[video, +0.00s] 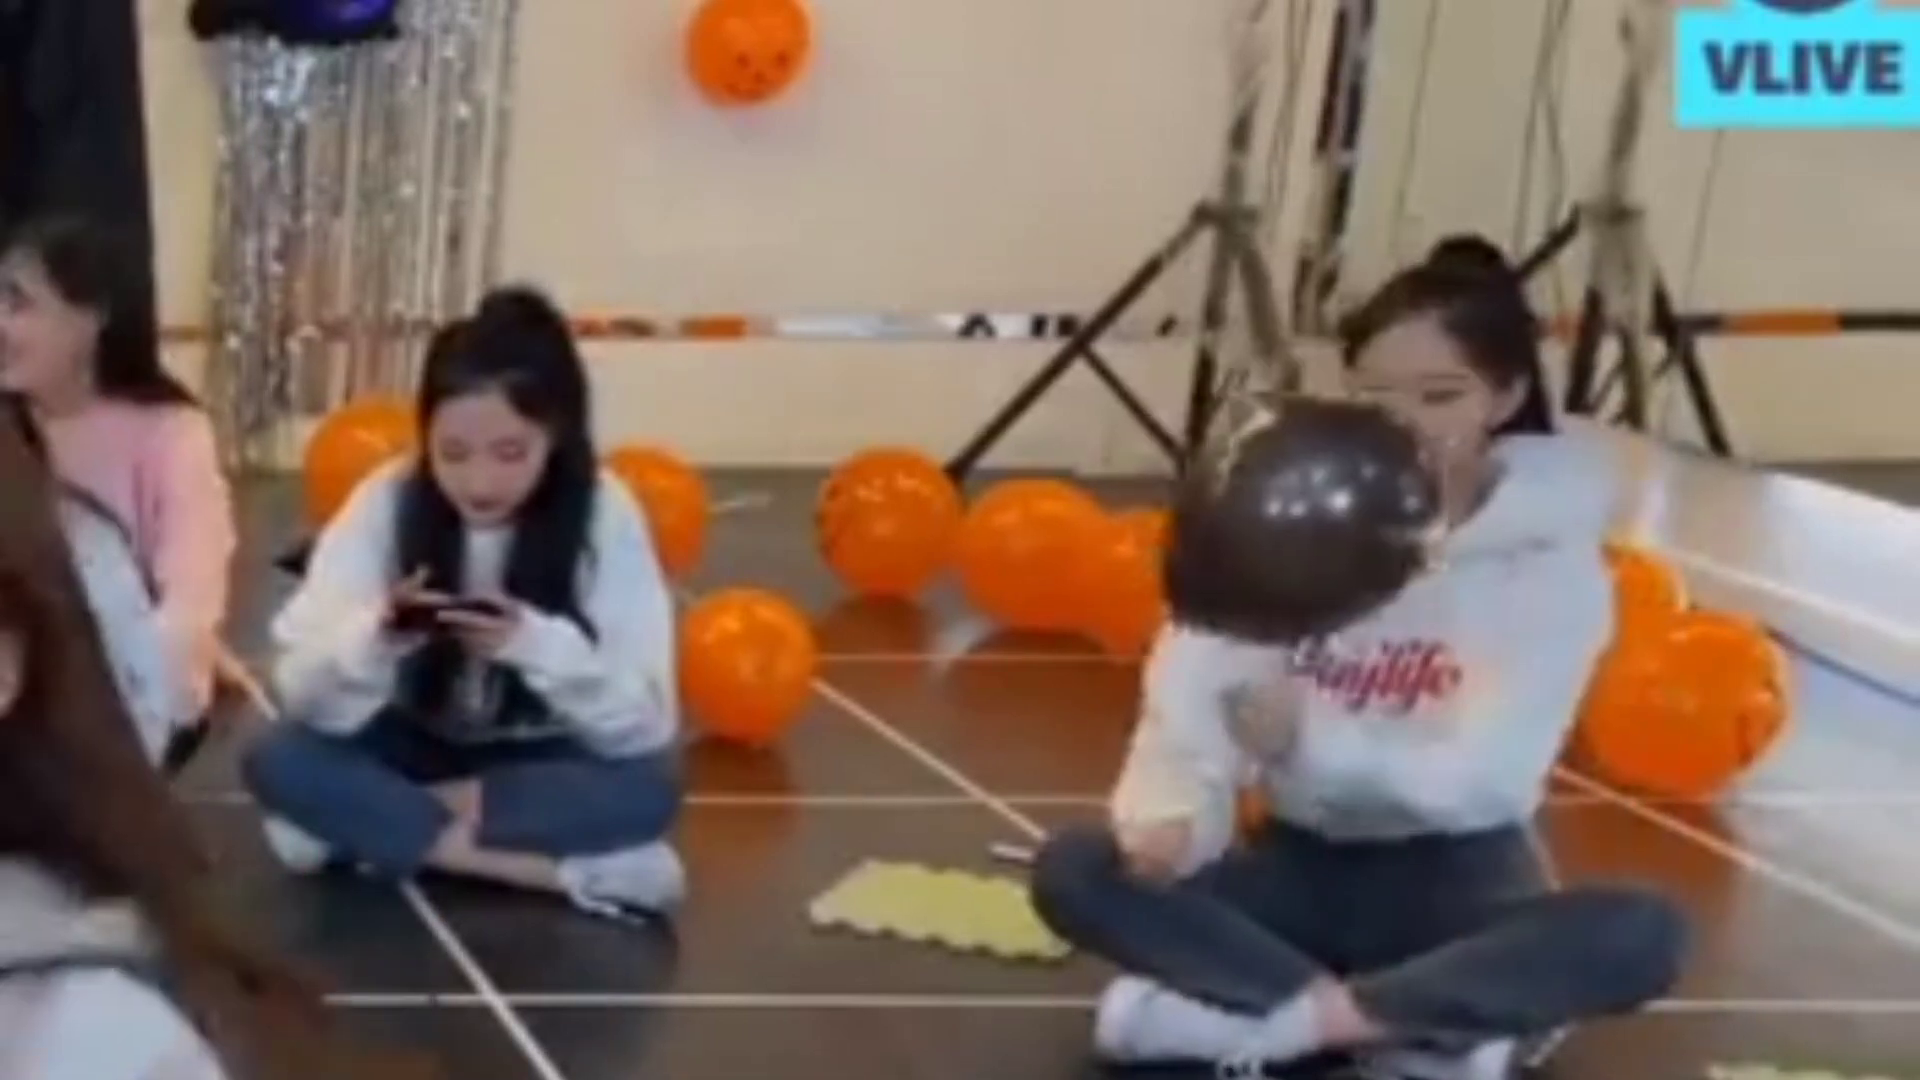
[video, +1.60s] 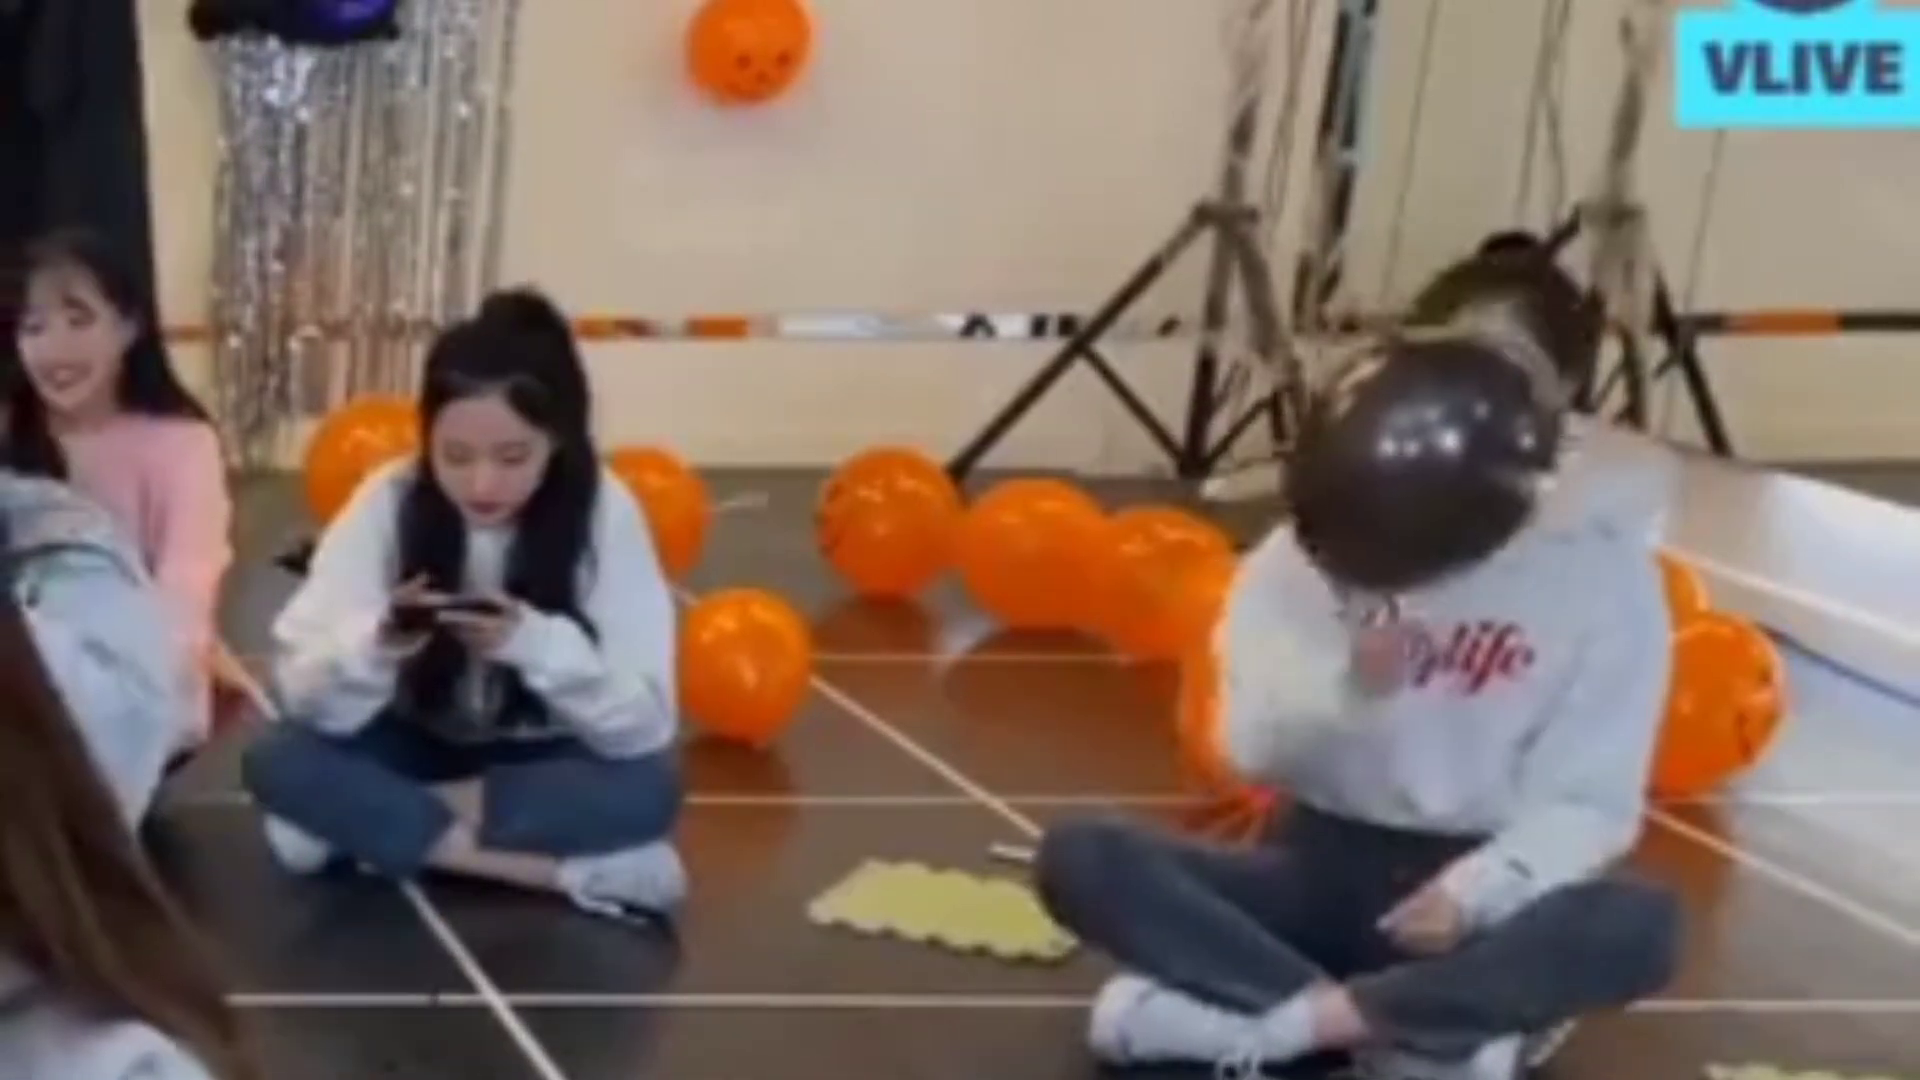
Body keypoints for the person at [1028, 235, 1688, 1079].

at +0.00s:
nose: (1404, 429)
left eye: (1440, 399)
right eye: (1376, 398)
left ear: (1509, 398)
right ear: (1344, 394)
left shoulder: (1551, 566)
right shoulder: (1296, 521)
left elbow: (1492, 783)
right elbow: (1186, 686)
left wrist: (1305, 748)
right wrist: (1163, 822)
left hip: (1459, 884)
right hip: (1286, 874)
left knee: (1644, 933)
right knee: (1069, 871)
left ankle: (1286, 1031)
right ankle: (1409, 1044)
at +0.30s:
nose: (1438, 419)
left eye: (1472, 392)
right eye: (1414, 385)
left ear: (1536, 396)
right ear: (1377, 380)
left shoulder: (1574, 571)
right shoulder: (1312, 521)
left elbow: (1511, 792)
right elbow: (1207, 694)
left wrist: (1325, 779)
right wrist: (1202, 831)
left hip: (1472, 894)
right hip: (1293, 876)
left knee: (1645, 933)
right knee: (1076, 868)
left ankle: (1275, 1037)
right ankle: (1410, 1047)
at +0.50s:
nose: (1374, 535)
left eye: (1400, 516)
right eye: (1343, 514)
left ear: (1497, 463)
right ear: (1319, 459)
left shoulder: (1580, 585)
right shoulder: (1289, 547)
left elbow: (1560, 816)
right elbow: (1172, 749)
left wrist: (1432, 863)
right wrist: (1244, 800)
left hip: (1453, 891)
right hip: (1274, 868)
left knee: (1644, 935)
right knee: (1076, 870)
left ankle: (1285, 1031)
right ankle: (1397, 1043)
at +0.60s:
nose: (1389, 534)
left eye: (1431, 516)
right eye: (1364, 510)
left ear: (1511, 461)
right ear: (1330, 466)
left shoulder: (1589, 578)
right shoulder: (1298, 547)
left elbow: (1582, 800)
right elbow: (1180, 745)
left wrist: (1480, 870)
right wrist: (1296, 760)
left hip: (1464, 879)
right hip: (1289, 861)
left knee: (1647, 936)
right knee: (1076, 868)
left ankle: (1285, 1031)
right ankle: (1405, 1043)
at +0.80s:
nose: (1417, 542)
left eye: (1444, 523)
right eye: (1387, 513)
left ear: (1513, 483)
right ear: (1351, 477)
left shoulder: (1595, 568)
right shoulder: (1303, 546)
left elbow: (1588, 801)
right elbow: (1195, 738)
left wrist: (1467, 881)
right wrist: (1359, 679)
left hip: (1484, 877)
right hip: (1310, 865)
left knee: (1646, 923)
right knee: (1083, 860)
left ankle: (1281, 1032)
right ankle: (1400, 1046)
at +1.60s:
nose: (1349, 591)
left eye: (1377, 578)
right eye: (1334, 567)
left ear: (1467, 547)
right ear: (1322, 497)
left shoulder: (1606, 584)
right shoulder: (1297, 557)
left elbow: (1594, 803)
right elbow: (1250, 748)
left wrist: (1475, 893)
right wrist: (1353, 691)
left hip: (1483, 884)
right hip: (1313, 872)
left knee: (1638, 924)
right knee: (1078, 854)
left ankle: (1272, 1033)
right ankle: (1399, 1046)